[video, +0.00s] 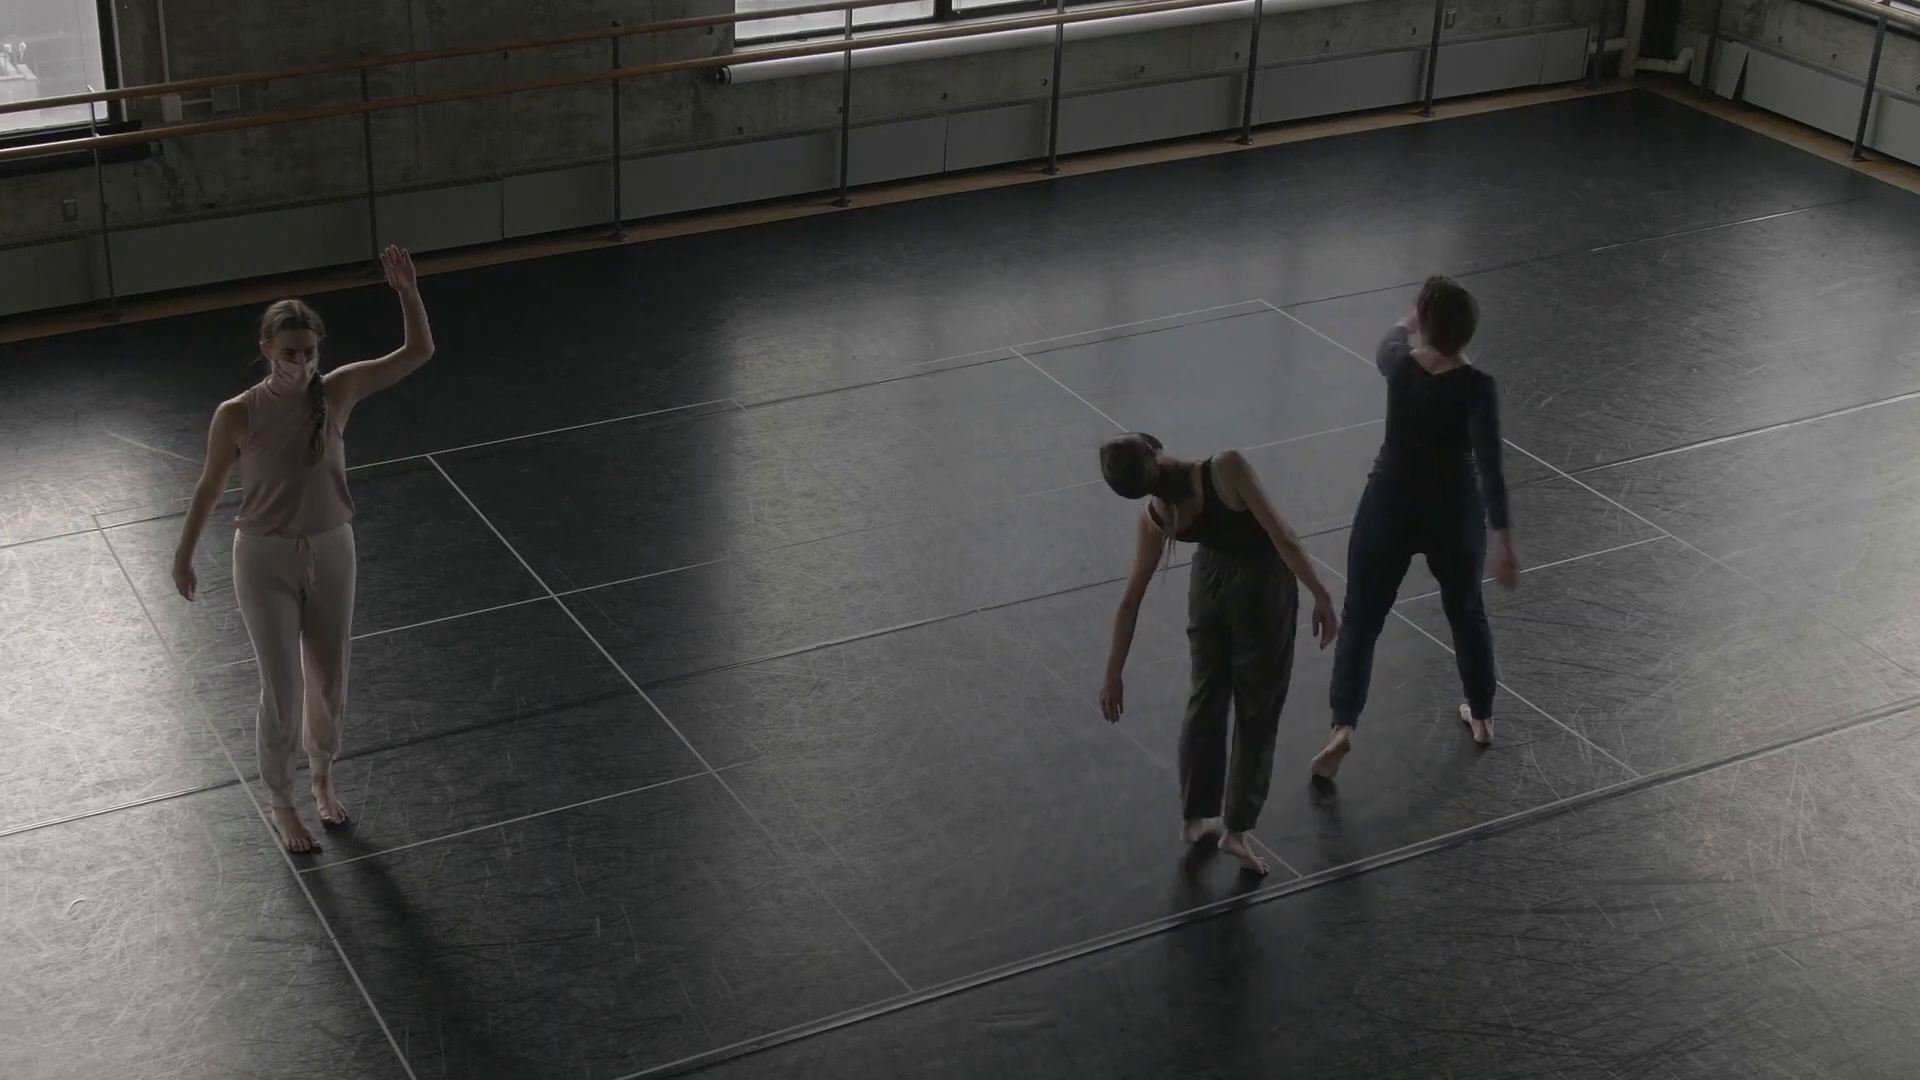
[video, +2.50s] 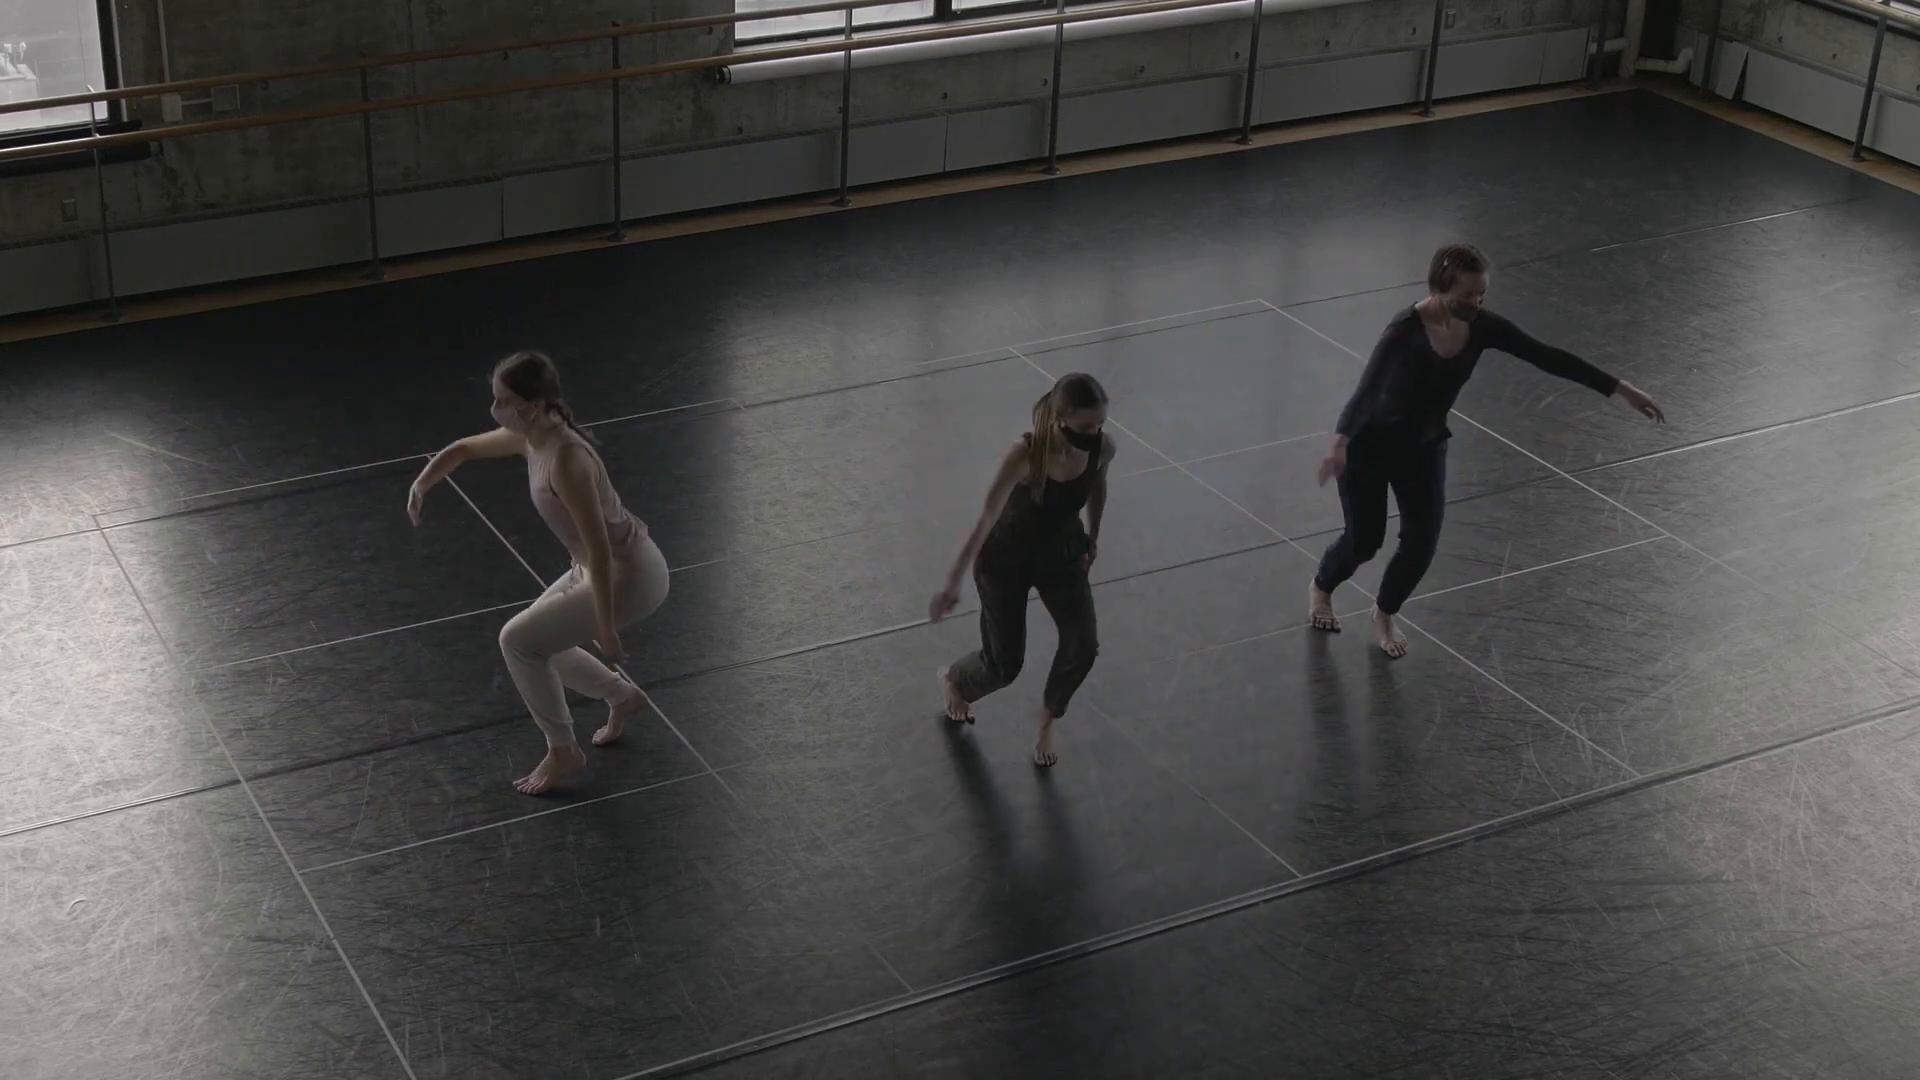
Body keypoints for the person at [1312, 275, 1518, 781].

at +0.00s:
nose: (1414, 322)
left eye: (1417, 316)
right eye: (1418, 314)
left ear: (1422, 325)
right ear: (1468, 331)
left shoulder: (1401, 366)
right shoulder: (1478, 386)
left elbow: (1390, 348)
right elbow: (1491, 465)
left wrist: (1407, 325)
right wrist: (1503, 537)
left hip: (1389, 509)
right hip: (1454, 515)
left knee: (1361, 615)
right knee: (1467, 612)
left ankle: (1343, 724)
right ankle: (1480, 718)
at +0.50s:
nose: (1365, 267)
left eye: (1371, 262)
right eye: (1369, 259)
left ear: (1382, 275)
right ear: (1420, 271)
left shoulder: (1365, 339)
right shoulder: (1440, 315)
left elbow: (1340, 419)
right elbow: (1474, 300)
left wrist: (1313, 491)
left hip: (1383, 466)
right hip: (1437, 459)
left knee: (1334, 540)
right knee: (1406, 541)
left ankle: (1343, 651)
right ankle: (1459, 642)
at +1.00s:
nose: (1295, 422)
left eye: (1304, 416)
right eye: (1297, 413)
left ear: (1330, 427)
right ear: (1321, 423)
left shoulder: (1374, 476)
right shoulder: (1302, 454)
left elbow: (1430, 534)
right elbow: (1238, 468)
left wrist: (1476, 594)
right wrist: (1172, 483)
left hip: (1405, 562)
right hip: (1353, 544)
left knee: (1325, 559)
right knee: (1280, 586)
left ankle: (1347, 636)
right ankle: (1346, 594)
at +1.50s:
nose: (1385, 325)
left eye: (1393, 315)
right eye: (1375, 317)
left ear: (1403, 311)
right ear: (1356, 314)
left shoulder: (1413, 348)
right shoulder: (1337, 363)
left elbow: (1400, 401)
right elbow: (1296, 421)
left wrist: (1397, 438)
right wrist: (1312, 465)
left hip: (1398, 461)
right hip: (1340, 461)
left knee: (1382, 558)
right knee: (1337, 562)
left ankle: (1341, 633)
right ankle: (1335, 597)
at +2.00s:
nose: (1416, 431)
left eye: (1420, 421)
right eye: (1405, 425)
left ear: (1424, 418)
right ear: (1380, 425)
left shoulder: (1419, 457)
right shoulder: (1360, 472)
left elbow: (1443, 522)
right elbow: (1396, 543)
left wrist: (1467, 589)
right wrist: (1463, 574)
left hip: (1364, 536)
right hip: (1320, 553)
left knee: (1433, 552)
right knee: (1401, 608)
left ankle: (1376, 619)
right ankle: (1317, 599)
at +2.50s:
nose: (1476, 302)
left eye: (1480, 293)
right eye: (1469, 294)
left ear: (1481, 289)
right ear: (1441, 290)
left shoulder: (1482, 327)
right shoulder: (1406, 329)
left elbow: (1547, 357)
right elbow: (1368, 388)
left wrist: (1621, 389)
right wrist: (1339, 441)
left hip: (1423, 446)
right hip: (1370, 443)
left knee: (1421, 546)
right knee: (1364, 540)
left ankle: (1383, 613)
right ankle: (1321, 587)